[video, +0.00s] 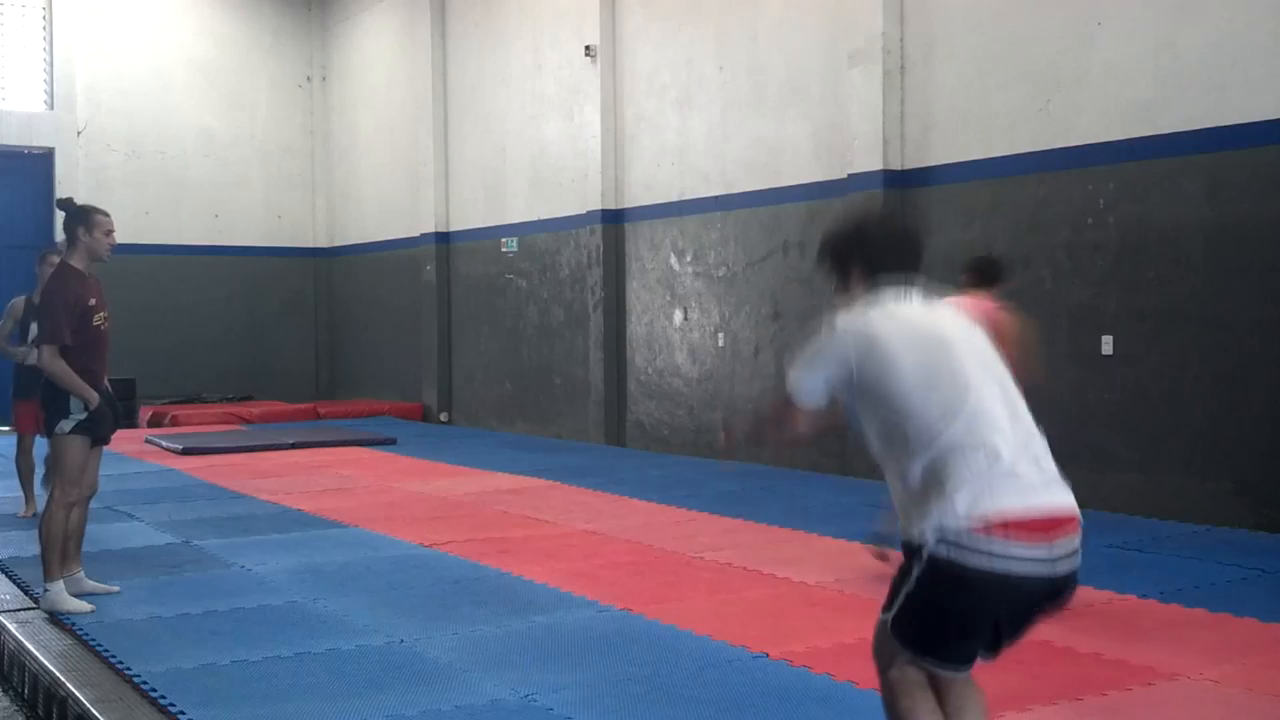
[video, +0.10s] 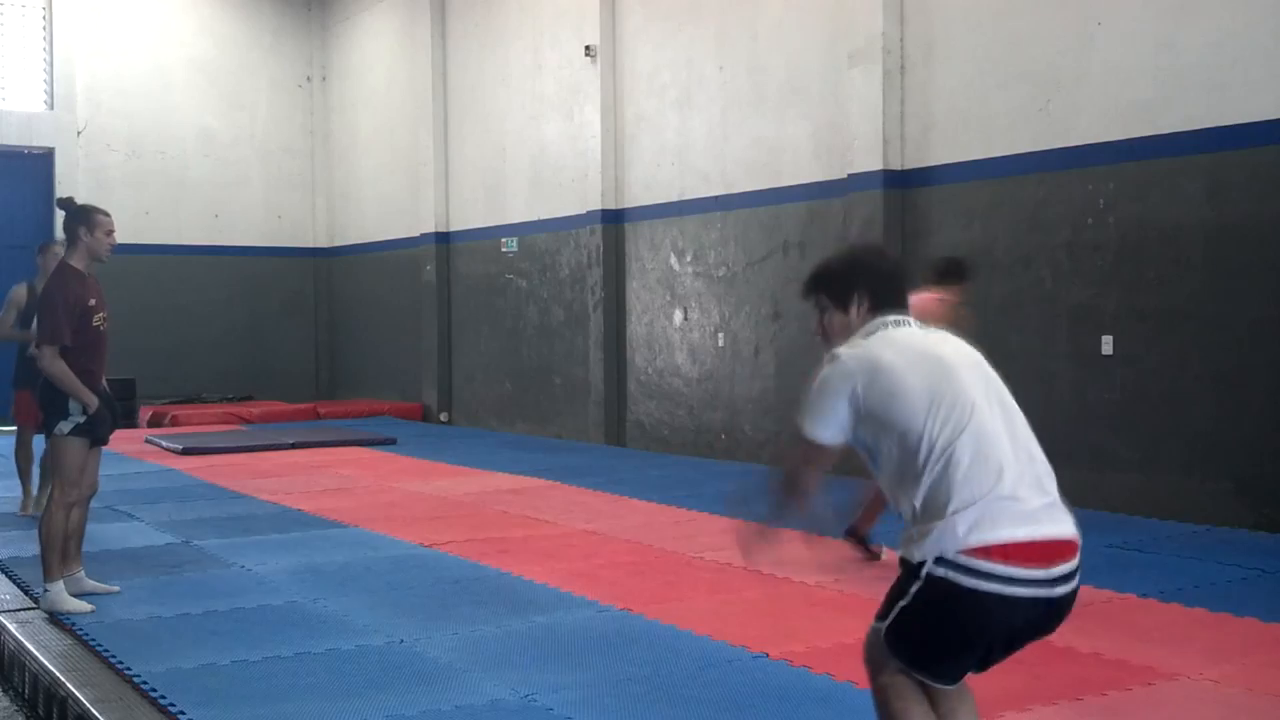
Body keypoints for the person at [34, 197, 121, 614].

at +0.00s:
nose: (113, 240)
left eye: (112, 233)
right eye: (106, 233)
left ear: (87, 237)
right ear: (80, 235)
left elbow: (89, 347)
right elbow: (47, 359)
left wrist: (106, 392)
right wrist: (94, 399)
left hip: (92, 395)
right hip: (68, 399)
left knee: (85, 491)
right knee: (64, 492)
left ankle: (73, 574)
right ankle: (53, 588)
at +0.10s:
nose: (113, 240)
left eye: (113, 233)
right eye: (107, 233)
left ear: (88, 236)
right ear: (81, 235)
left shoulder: (87, 278)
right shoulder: (61, 284)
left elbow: (84, 346)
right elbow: (47, 357)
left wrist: (102, 391)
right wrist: (92, 402)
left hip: (91, 395)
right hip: (67, 400)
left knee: (85, 491)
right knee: (63, 493)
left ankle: (73, 574)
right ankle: (53, 589)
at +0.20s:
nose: (114, 240)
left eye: (114, 233)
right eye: (108, 233)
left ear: (88, 236)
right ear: (83, 235)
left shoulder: (85, 279)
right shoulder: (61, 284)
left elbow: (81, 347)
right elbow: (49, 360)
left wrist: (97, 395)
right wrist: (92, 404)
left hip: (88, 397)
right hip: (67, 401)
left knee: (83, 491)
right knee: (63, 494)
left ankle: (73, 574)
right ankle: (53, 589)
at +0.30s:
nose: (114, 241)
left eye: (114, 234)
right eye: (108, 234)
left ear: (88, 236)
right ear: (83, 235)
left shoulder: (82, 278)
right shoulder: (62, 285)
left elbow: (79, 347)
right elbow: (52, 361)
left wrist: (94, 398)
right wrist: (92, 406)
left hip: (86, 398)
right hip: (67, 402)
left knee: (81, 491)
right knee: (63, 495)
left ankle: (73, 574)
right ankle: (53, 590)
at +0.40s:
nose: (114, 241)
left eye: (114, 233)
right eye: (108, 233)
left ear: (86, 236)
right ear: (84, 235)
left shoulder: (80, 279)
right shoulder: (64, 285)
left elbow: (77, 348)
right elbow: (55, 362)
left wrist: (94, 396)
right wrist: (92, 405)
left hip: (85, 398)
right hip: (67, 401)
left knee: (81, 491)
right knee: (64, 494)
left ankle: (73, 574)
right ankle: (53, 590)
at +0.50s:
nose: (114, 240)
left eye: (113, 232)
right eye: (109, 233)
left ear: (86, 235)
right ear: (86, 235)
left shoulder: (80, 278)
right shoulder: (64, 284)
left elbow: (78, 347)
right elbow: (57, 361)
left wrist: (96, 395)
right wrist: (94, 404)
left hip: (85, 397)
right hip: (68, 401)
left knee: (82, 490)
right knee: (66, 494)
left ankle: (73, 574)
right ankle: (53, 589)